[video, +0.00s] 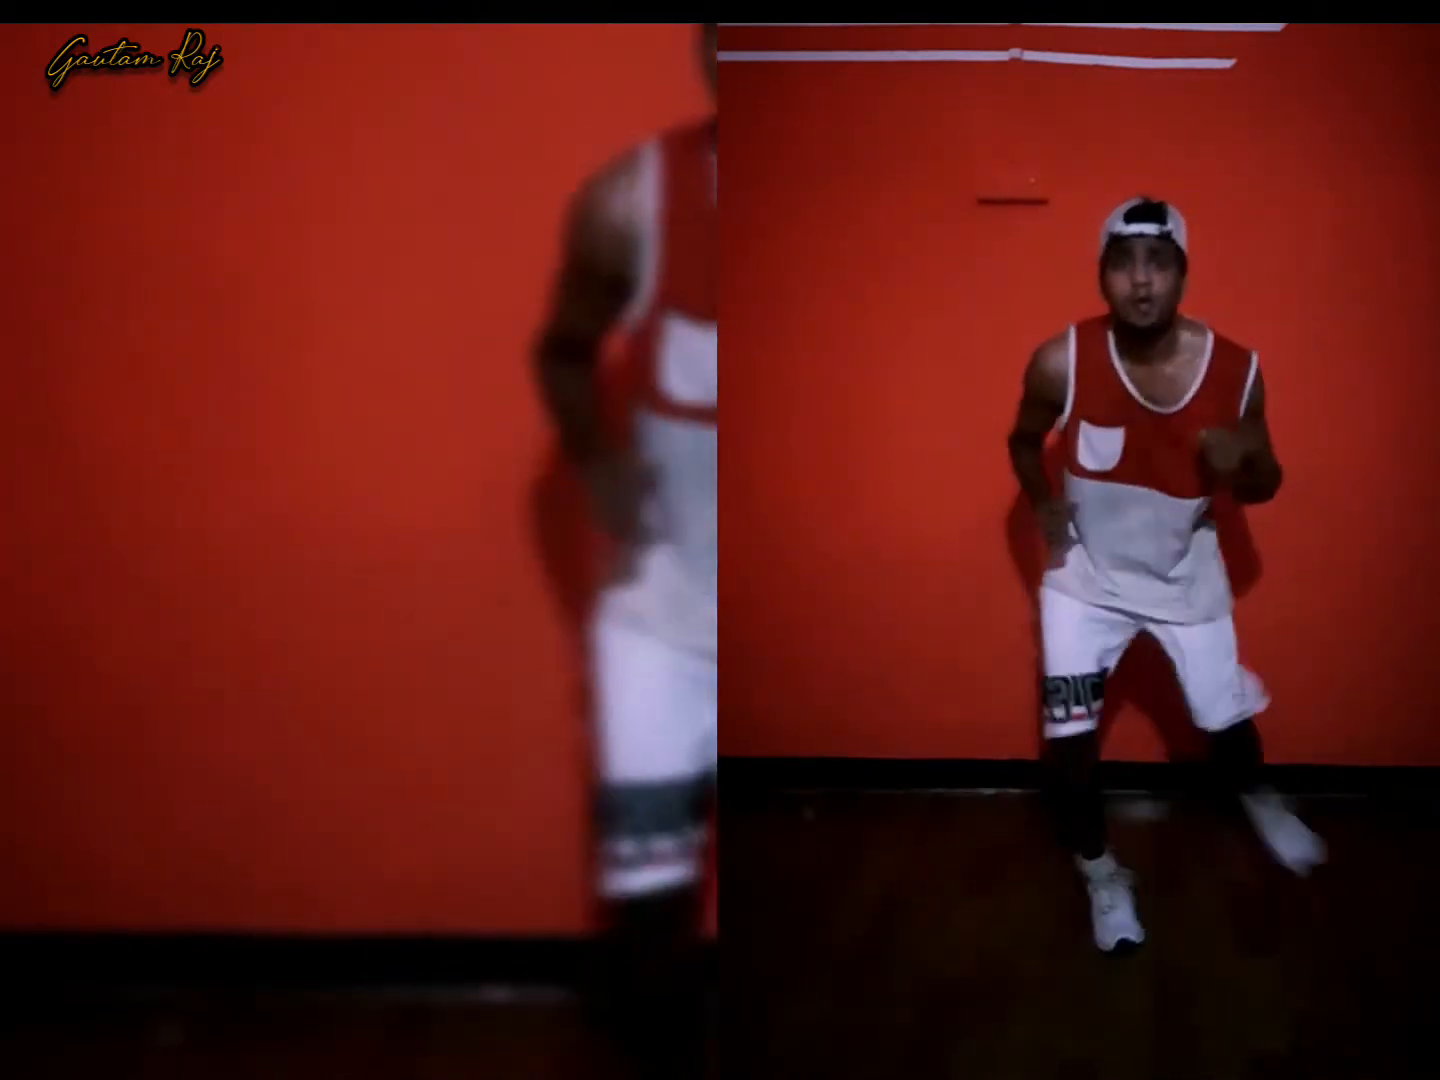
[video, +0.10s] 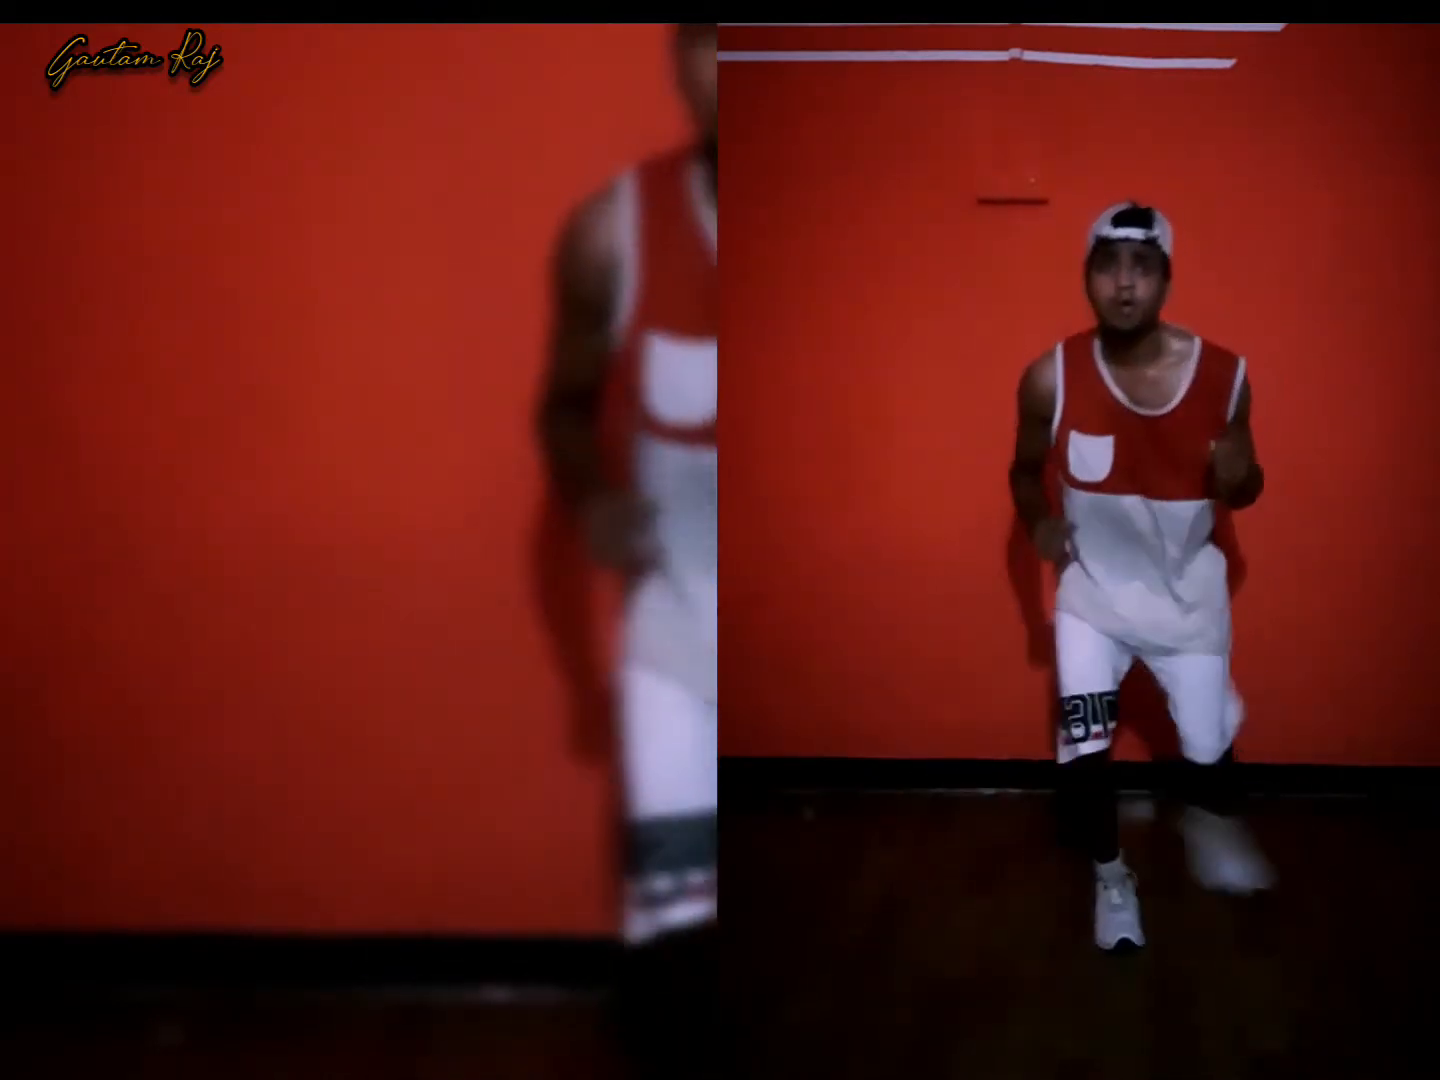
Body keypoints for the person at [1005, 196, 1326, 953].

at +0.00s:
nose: (1142, 280)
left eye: (1159, 263)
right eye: (1126, 263)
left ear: (1183, 276)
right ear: (1103, 277)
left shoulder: (1234, 370)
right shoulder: (1064, 361)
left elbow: (1265, 483)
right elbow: (1026, 441)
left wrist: (1241, 461)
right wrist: (1047, 506)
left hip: (1188, 576)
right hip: (1088, 571)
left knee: (1228, 727)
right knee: (1068, 744)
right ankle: (1101, 878)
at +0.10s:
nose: (1124, 284)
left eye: (1141, 268)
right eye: (1109, 266)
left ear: (1166, 281)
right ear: (1088, 280)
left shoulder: (1220, 375)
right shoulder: (1053, 378)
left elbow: (1244, 489)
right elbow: (1027, 469)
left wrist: (1230, 465)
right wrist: (1041, 520)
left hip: (1189, 589)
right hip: (1093, 586)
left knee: (1208, 750)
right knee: (1083, 748)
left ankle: (1208, 824)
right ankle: (1110, 883)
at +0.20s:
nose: (1104, 284)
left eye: (1120, 267)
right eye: (1089, 268)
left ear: (1147, 281)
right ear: (1069, 285)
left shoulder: (1213, 356)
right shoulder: (1054, 388)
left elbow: (1254, 448)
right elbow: (1031, 494)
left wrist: (1230, 475)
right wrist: (1028, 536)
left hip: (1200, 603)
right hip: (1104, 602)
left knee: (1188, 769)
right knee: (1083, 759)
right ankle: (1108, 880)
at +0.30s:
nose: (1119, 260)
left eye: (1136, 242)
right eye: (1103, 243)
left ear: (1163, 256)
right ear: (1083, 259)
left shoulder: (1230, 335)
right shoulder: (1063, 360)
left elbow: (1283, 417)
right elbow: (1053, 451)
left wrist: (1241, 447)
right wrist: (1041, 498)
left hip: (1216, 556)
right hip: (1118, 563)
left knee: (1234, 686)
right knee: (1100, 721)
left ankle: (1175, 618)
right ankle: (1114, 878)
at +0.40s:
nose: (1140, 251)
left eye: (1159, 235)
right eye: (1125, 234)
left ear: (1184, 248)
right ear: (1105, 248)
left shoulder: (1242, 334)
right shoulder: (1071, 345)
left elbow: (1298, 425)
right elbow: (1070, 427)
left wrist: (1263, 431)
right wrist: (1056, 467)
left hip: (1227, 531)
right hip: (1128, 545)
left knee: (1278, 660)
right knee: (1127, 707)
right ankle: (1165, 853)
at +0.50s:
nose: (1146, 261)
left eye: (1162, 244)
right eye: (1129, 244)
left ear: (1187, 259)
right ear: (1108, 260)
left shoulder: (1243, 348)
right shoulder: (1074, 364)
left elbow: (1288, 451)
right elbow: (1069, 446)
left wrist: (1264, 442)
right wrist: (1068, 491)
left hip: (1236, 552)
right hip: (1140, 570)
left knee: (1294, 702)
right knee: (1158, 735)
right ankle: (1194, 863)